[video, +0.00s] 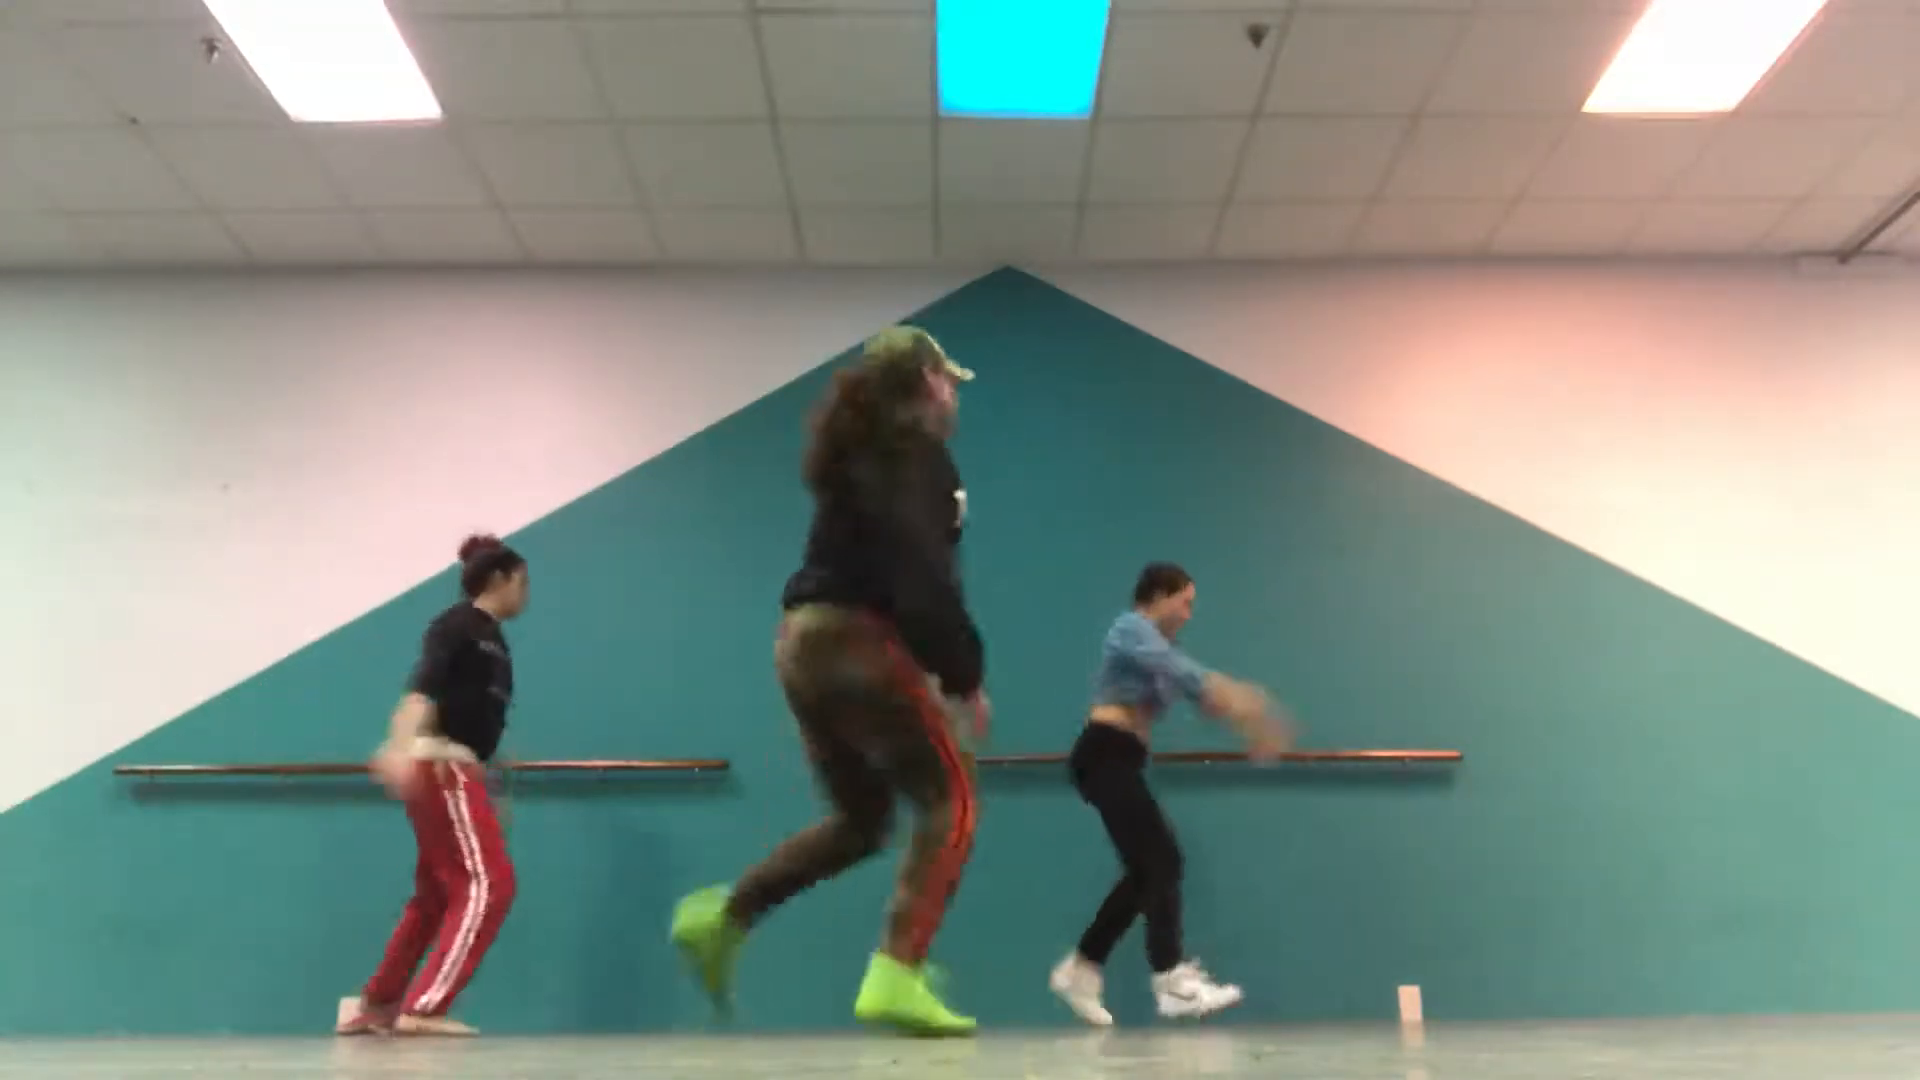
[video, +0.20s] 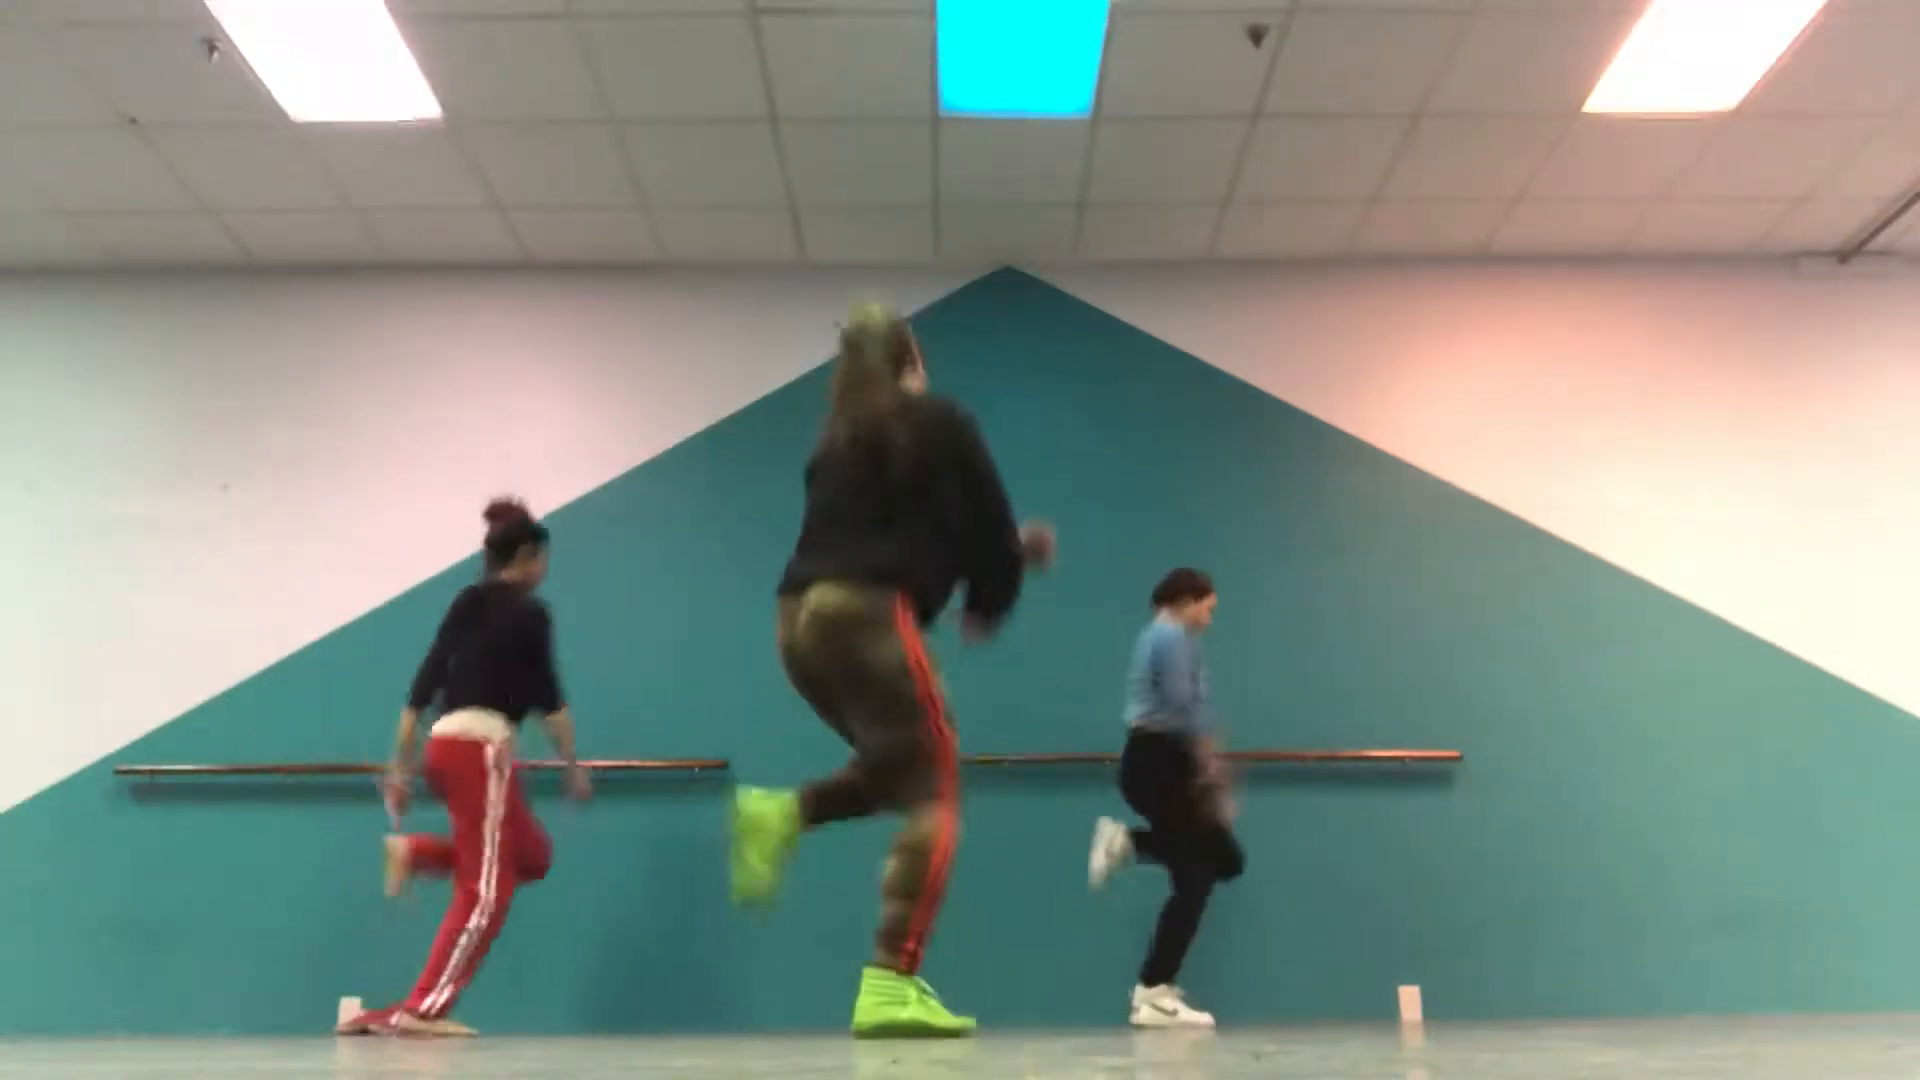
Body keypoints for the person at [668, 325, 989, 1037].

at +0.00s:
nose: (957, 395)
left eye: (952, 382)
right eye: (948, 383)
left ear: (894, 388)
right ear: (925, 386)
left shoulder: (859, 445)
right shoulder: (912, 452)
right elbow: (921, 579)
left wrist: (948, 674)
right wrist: (967, 679)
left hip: (802, 631)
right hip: (853, 632)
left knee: (861, 820)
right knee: (950, 802)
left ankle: (725, 918)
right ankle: (898, 973)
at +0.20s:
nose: (926, 370)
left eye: (917, 362)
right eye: (922, 361)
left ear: (849, 370)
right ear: (912, 362)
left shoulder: (835, 438)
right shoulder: (938, 422)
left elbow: (897, 537)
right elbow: (991, 529)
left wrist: (1010, 550)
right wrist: (983, 608)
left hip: (798, 618)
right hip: (868, 613)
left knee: (894, 768)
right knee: (934, 796)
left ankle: (784, 812)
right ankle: (893, 980)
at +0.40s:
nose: (922, 348)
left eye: (912, 336)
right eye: (915, 338)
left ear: (839, 356)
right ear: (906, 351)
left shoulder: (820, 421)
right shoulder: (935, 413)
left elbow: (840, 491)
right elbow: (976, 502)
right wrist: (1001, 463)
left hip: (795, 585)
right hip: (876, 585)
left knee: (872, 765)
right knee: (849, 771)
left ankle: (896, 949)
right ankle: (766, 947)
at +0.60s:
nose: (857, 399)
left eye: (848, 387)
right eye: (882, 380)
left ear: (837, 391)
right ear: (899, 384)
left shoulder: (819, 458)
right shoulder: (944, 437)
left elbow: (819, 533)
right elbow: (996, 520)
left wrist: (881, 519)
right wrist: (926, 524)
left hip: (819, 620)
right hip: (905, 620)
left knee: (878, 794)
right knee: (873, 795)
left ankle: (917, 977)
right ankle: (769, 948)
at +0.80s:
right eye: (915, 407)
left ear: (866, 417)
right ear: (928, 410)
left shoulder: (856, 469)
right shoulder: (975, 450)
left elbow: (822, 556)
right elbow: (1033, 511)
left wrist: (884, 548)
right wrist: (973, 535)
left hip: (892, 649)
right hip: (985, 643)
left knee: (884, 820)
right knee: (1042, 802)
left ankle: (874, 979)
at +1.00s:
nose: (979, 467)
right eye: (977, 457)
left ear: (924, 465)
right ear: (981, 460)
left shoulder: (911, 519)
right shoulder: (1022, 506)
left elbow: (866, 587)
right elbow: (1064, 548)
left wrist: (898, 510)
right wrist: (1010, 564)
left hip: (959, 698)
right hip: (1055, 693)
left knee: (885, 834)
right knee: (1118, 835)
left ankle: (823, 968)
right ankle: (1198, 974)